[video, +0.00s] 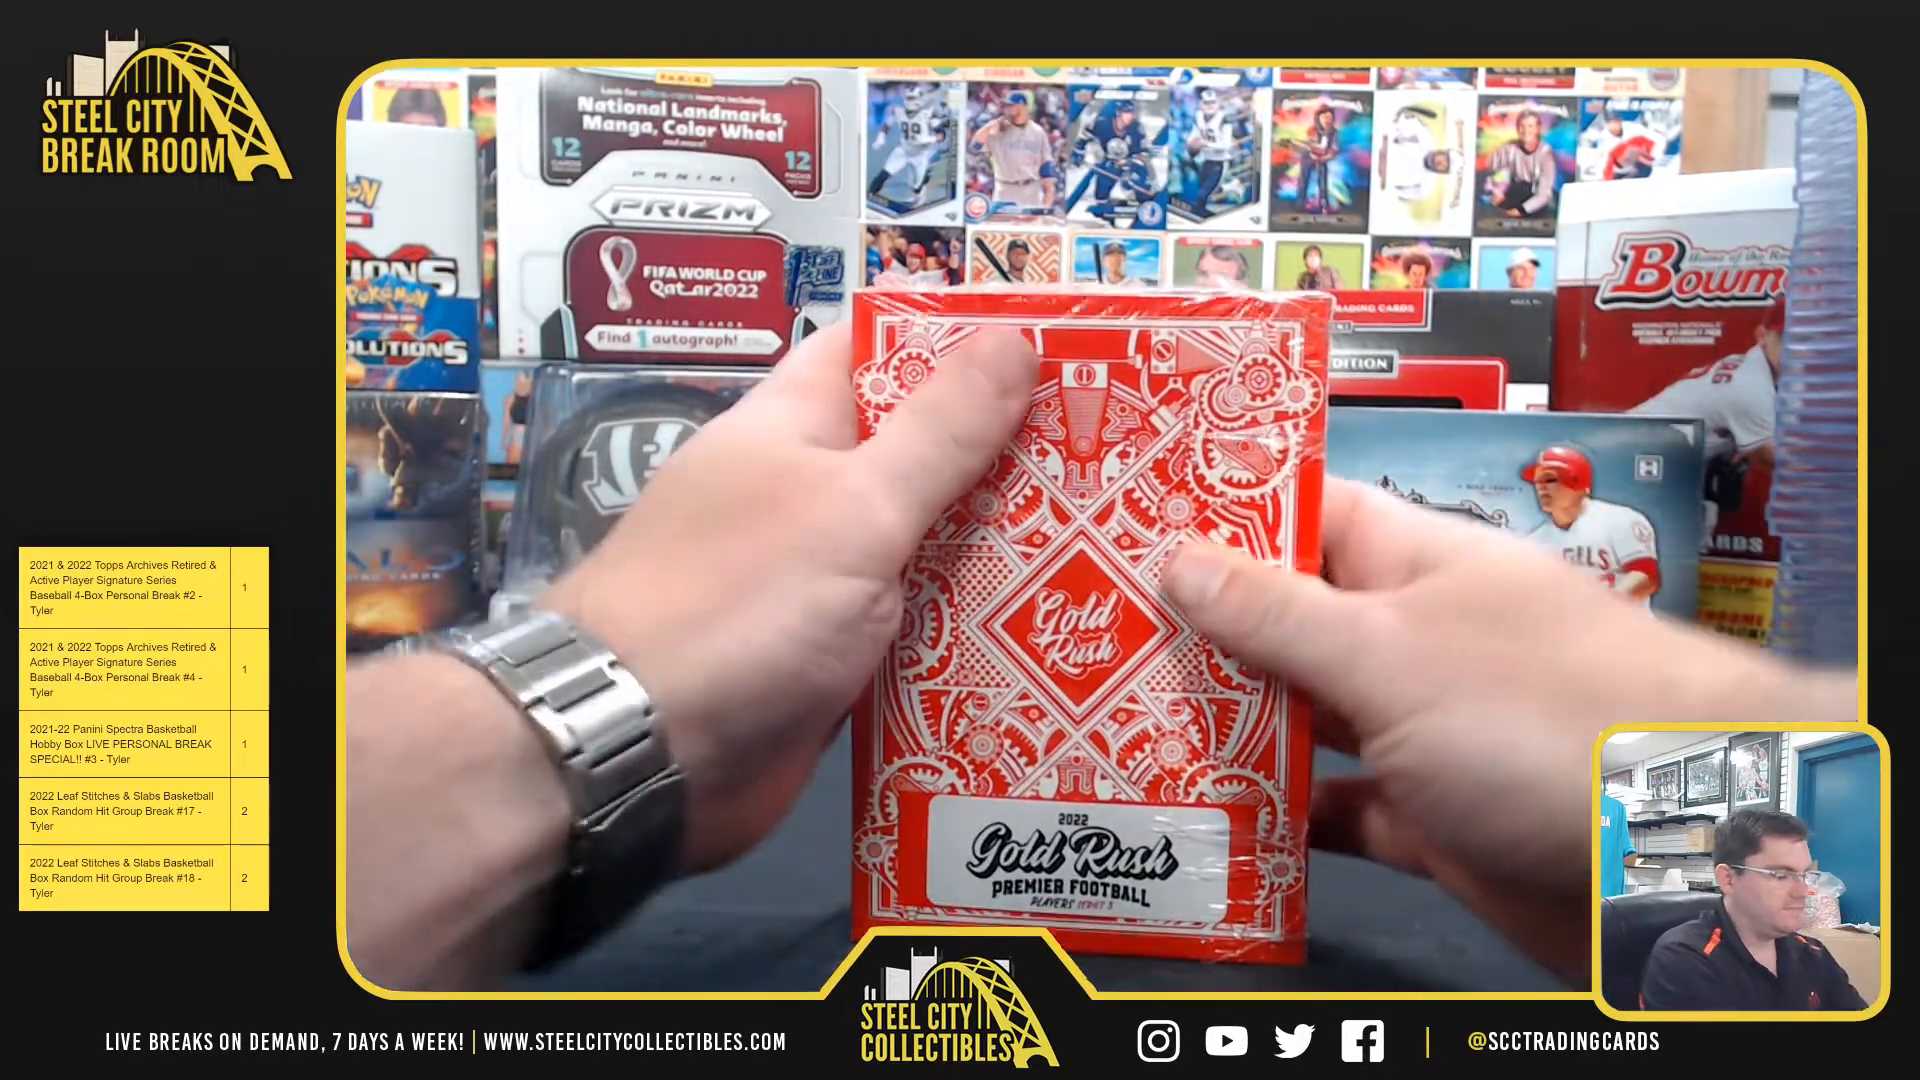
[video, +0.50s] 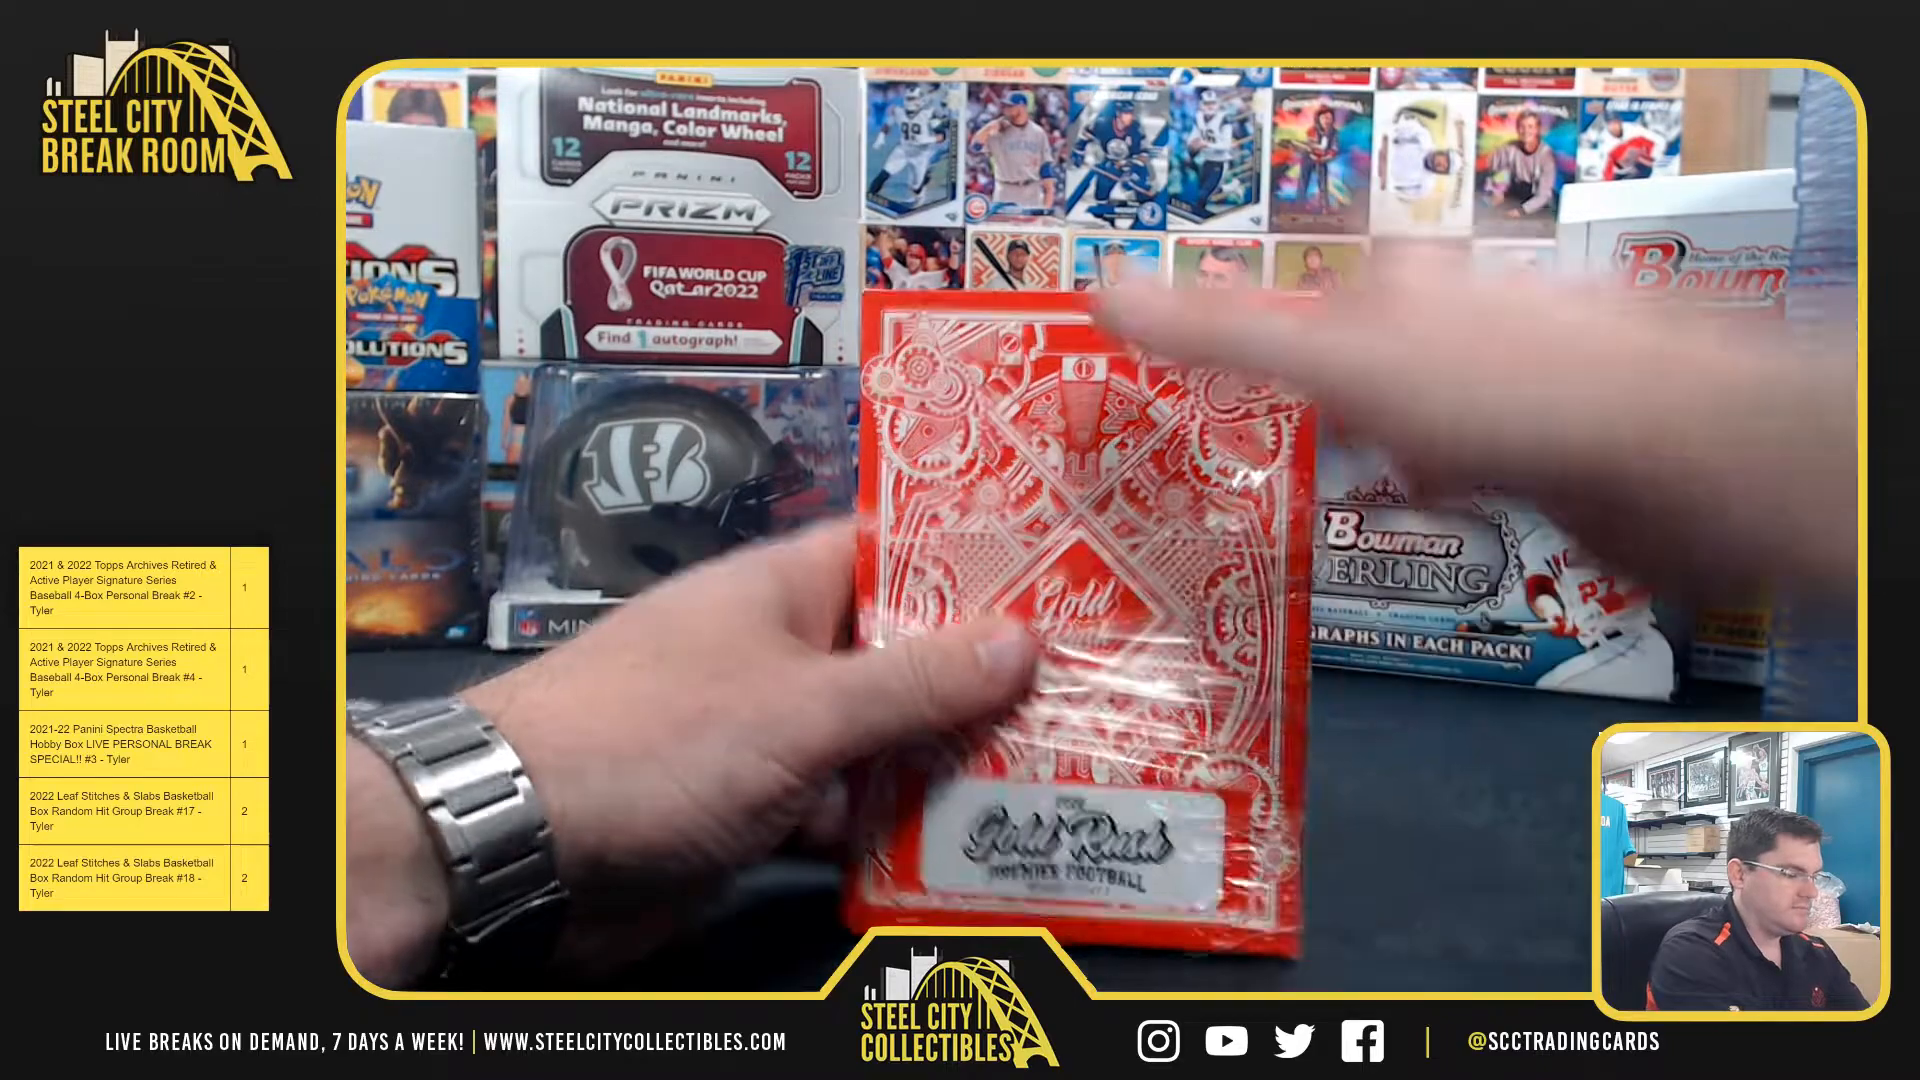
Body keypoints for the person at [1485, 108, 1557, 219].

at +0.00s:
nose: (1526, 131)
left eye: (1531, 126)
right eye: (1522, 126)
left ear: (1538, 129)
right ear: (1518, 130)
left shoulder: (1545, 154)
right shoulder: (1507, 150)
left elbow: (1545, 192)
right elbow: (1489, 177)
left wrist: (1523, 209)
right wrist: (1495, 194)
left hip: (1535, 188)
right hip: (1513, 188)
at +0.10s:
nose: (1526, 131)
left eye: (1531, 126)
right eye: (1522, 126)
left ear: (1538, 129)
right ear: (1518, 130)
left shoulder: (1545, 154)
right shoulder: (1507, 150)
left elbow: (1545, 192)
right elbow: (1489, 176)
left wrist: (1523, 209)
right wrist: (1495, 194)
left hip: (1535, 188)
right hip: (1513, 188)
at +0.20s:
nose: (1526, 130)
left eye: (1531, 126)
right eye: (1522, 126)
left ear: (1538, 129)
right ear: (1518, 130)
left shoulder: (1545, 154)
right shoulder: (1508, 150)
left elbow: (1545, 192)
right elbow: (1487, 174)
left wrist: (1523, 209)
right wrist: (1494, 194)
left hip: (1536, 188)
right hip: (1514, 188)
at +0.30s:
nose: (1526, 131)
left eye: (1531, 126)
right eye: (1522, 126)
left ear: (1539, 129)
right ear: (1518, 130)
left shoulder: (1545, 153)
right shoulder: (1509, 150)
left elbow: (1545, 192)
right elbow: (1486, 173)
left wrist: (1523, 209)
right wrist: (1493, 194)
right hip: (1514, 188)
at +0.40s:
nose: (1526, 131)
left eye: (1531, 127)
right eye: (1522, 126)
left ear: (1538, 129)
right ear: (1517, 130)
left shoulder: (1545, 154)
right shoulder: (1508, 151)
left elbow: (1545, 192)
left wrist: (1523, 209)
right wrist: (1494, 194)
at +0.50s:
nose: (1526, 131)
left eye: (1530, 127)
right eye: (1522, 127)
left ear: (1538, 129)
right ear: (1517, 130)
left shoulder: (1546, 156)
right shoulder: (1509, 150)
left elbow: (1545, 193)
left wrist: (1523, 210)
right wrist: (1495, 192)